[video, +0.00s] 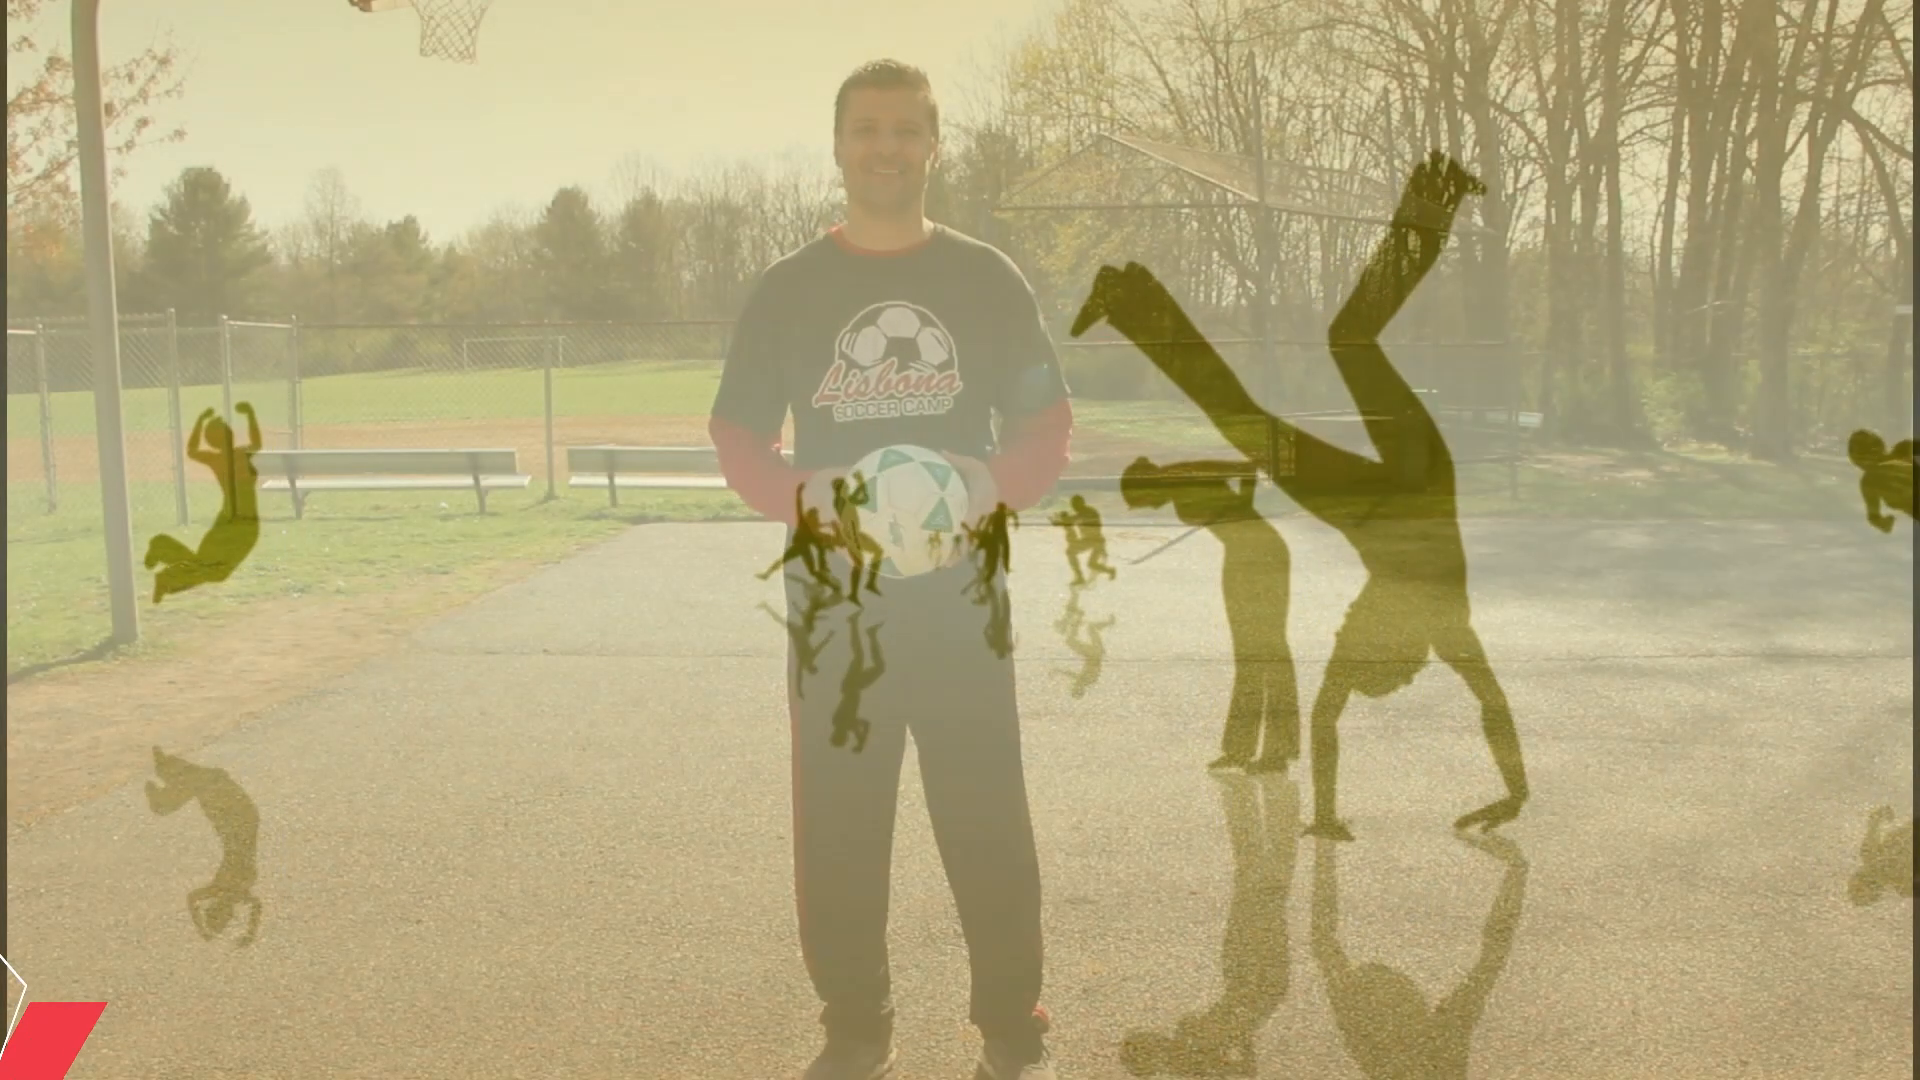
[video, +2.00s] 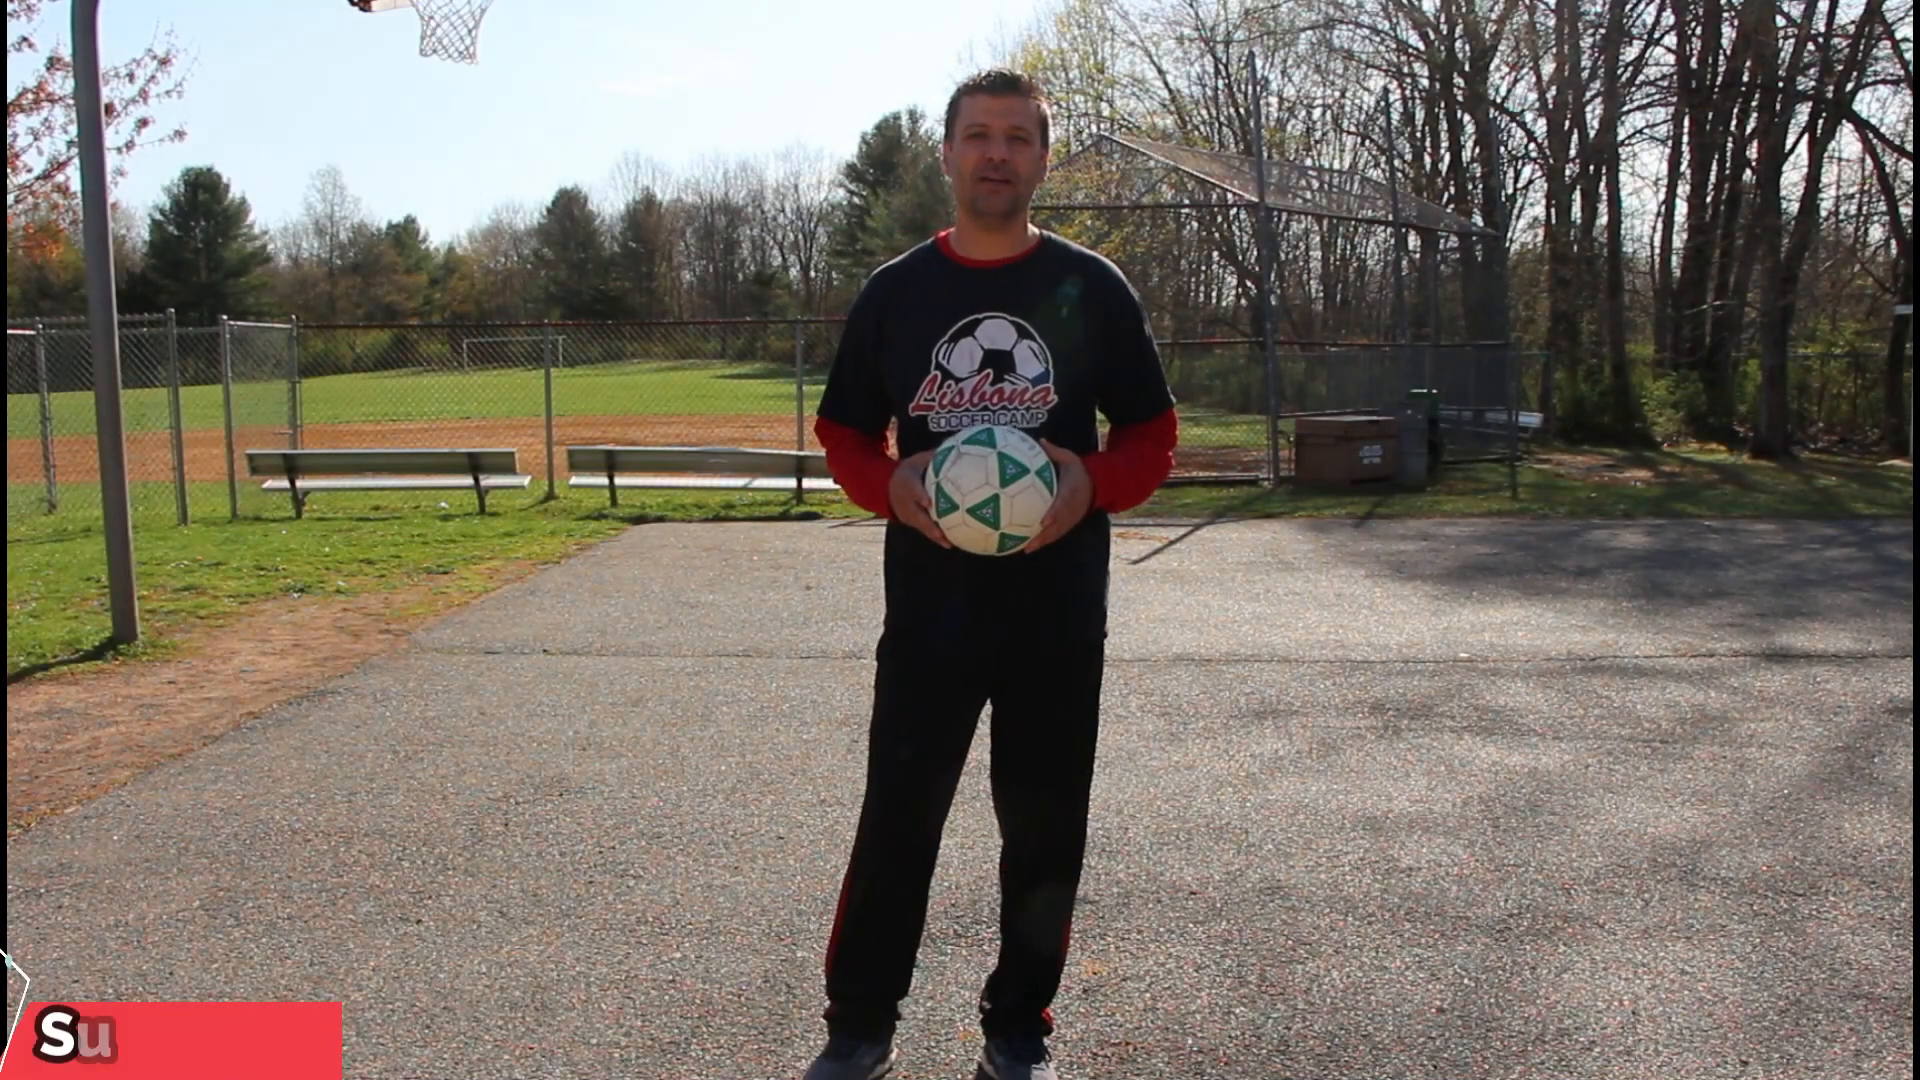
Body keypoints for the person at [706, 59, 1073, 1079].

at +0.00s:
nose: (890, 149)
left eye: (910, 130)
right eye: (868, 131)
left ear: (936, 145)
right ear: (838, 147)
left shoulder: (987, 277)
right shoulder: (785, 290)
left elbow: (1047, 424)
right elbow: (737, 436)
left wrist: (985, 493)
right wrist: (803, 502)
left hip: (959, 582)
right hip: (836, 591)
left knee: (985, 808)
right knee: (838, 814)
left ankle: (1010, 1021)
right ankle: (852, 1023)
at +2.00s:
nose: (997, 154)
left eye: (1018, 139)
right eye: (978, 137)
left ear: (1044, 158)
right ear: (948, 154)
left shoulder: (1094, 287)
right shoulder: (894, 291)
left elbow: (1154, 430)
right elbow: (843, 425)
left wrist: (1094, 482)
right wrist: (887, 487)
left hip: (1056, 599)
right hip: (931, 594)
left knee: (1046, 821)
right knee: (897, 814)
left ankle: (1020, 1029)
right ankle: (857, 1026)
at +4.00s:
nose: (880, 148)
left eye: (897, 131)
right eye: (857, 133)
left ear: (923, 148)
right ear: (828, 155)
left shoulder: (974, 287)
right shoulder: (774, 293)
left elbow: (1028, 433)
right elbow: (719, 427)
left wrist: (976, 486)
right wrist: (771, 480)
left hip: (935, 594)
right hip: (810, 597)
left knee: (968, 814)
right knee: (826, 819)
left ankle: (1013, 1029)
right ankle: (853, 1025)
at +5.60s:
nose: (976, 146)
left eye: (998, 131)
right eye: (957, 129)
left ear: (1024, 154)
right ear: (926, 147)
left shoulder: (1068, 290)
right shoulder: (864, 289)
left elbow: (1125, 431)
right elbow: (807, 428)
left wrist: (1064, 468)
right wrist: (859, 462)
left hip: (1028, 601)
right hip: (898, 597)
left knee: (1028, 821)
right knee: (881, 816)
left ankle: (1017, 1033)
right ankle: (857, 1027)